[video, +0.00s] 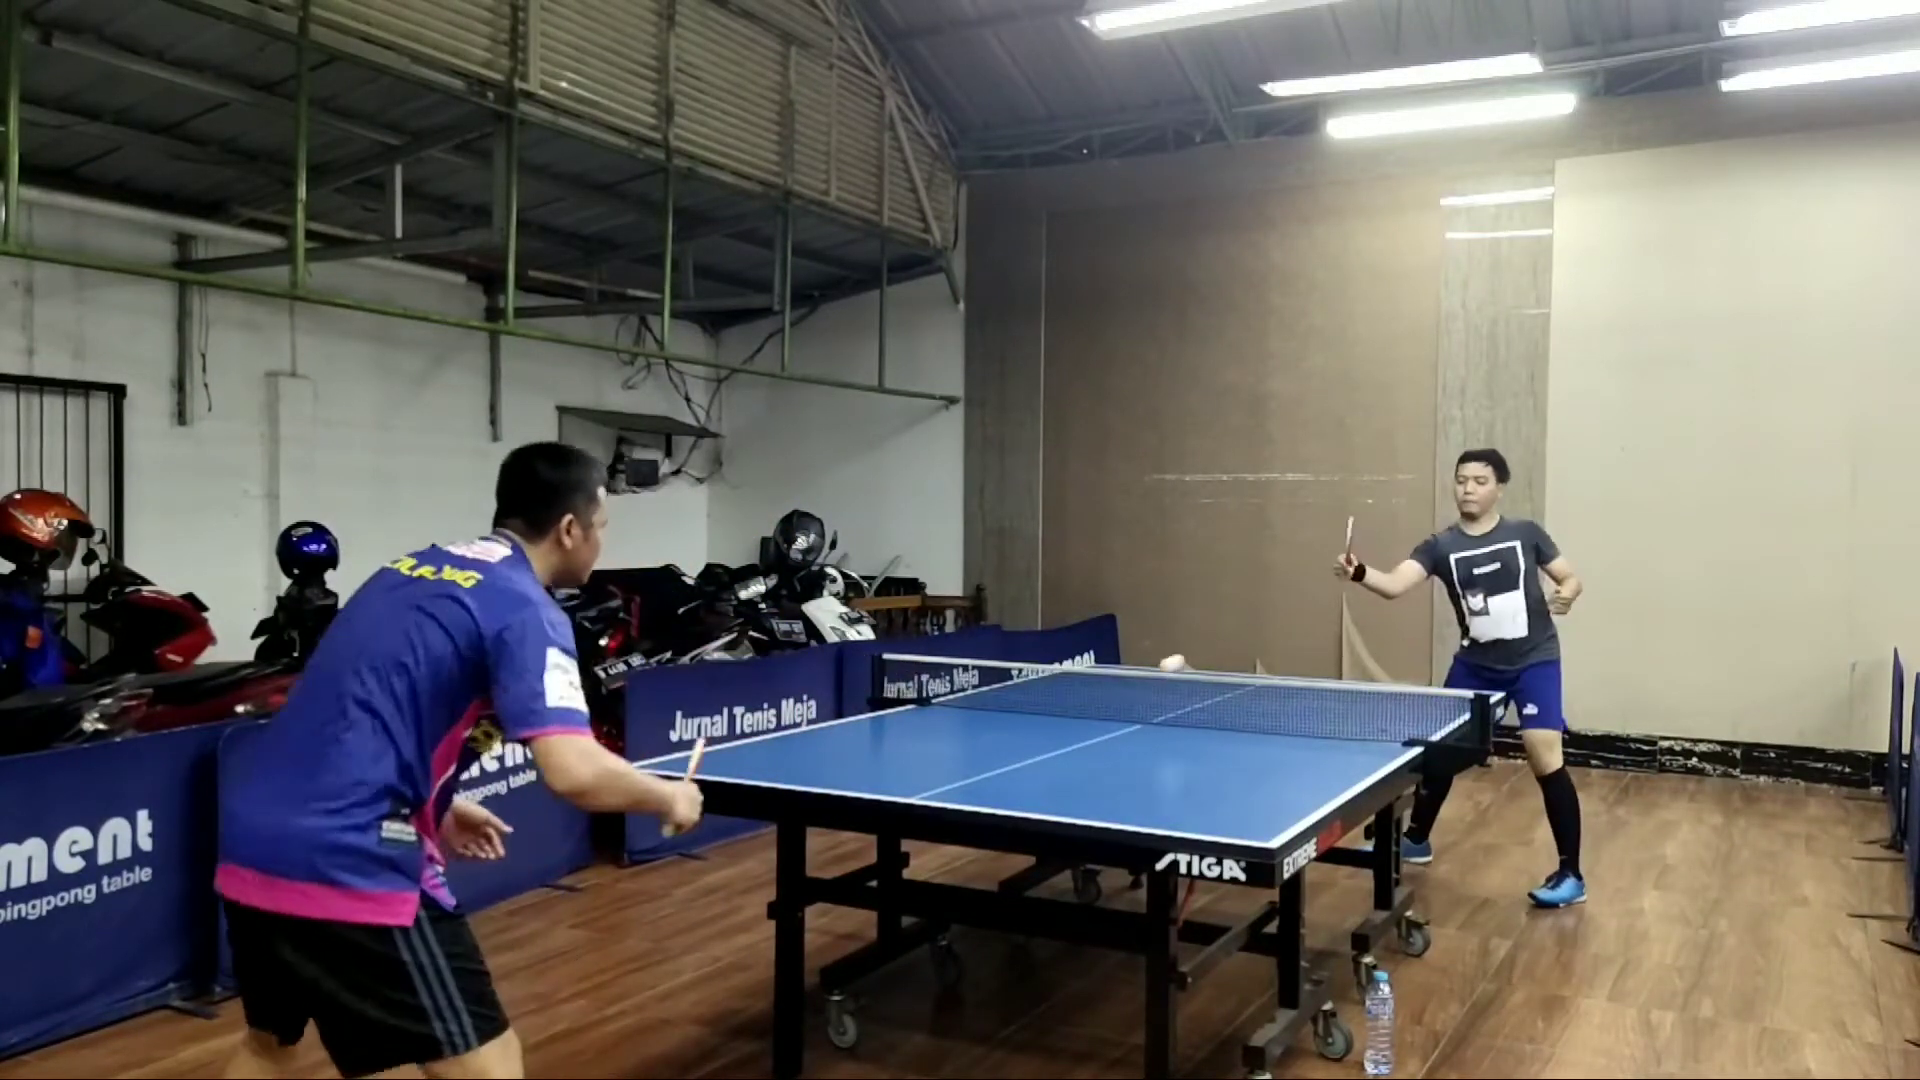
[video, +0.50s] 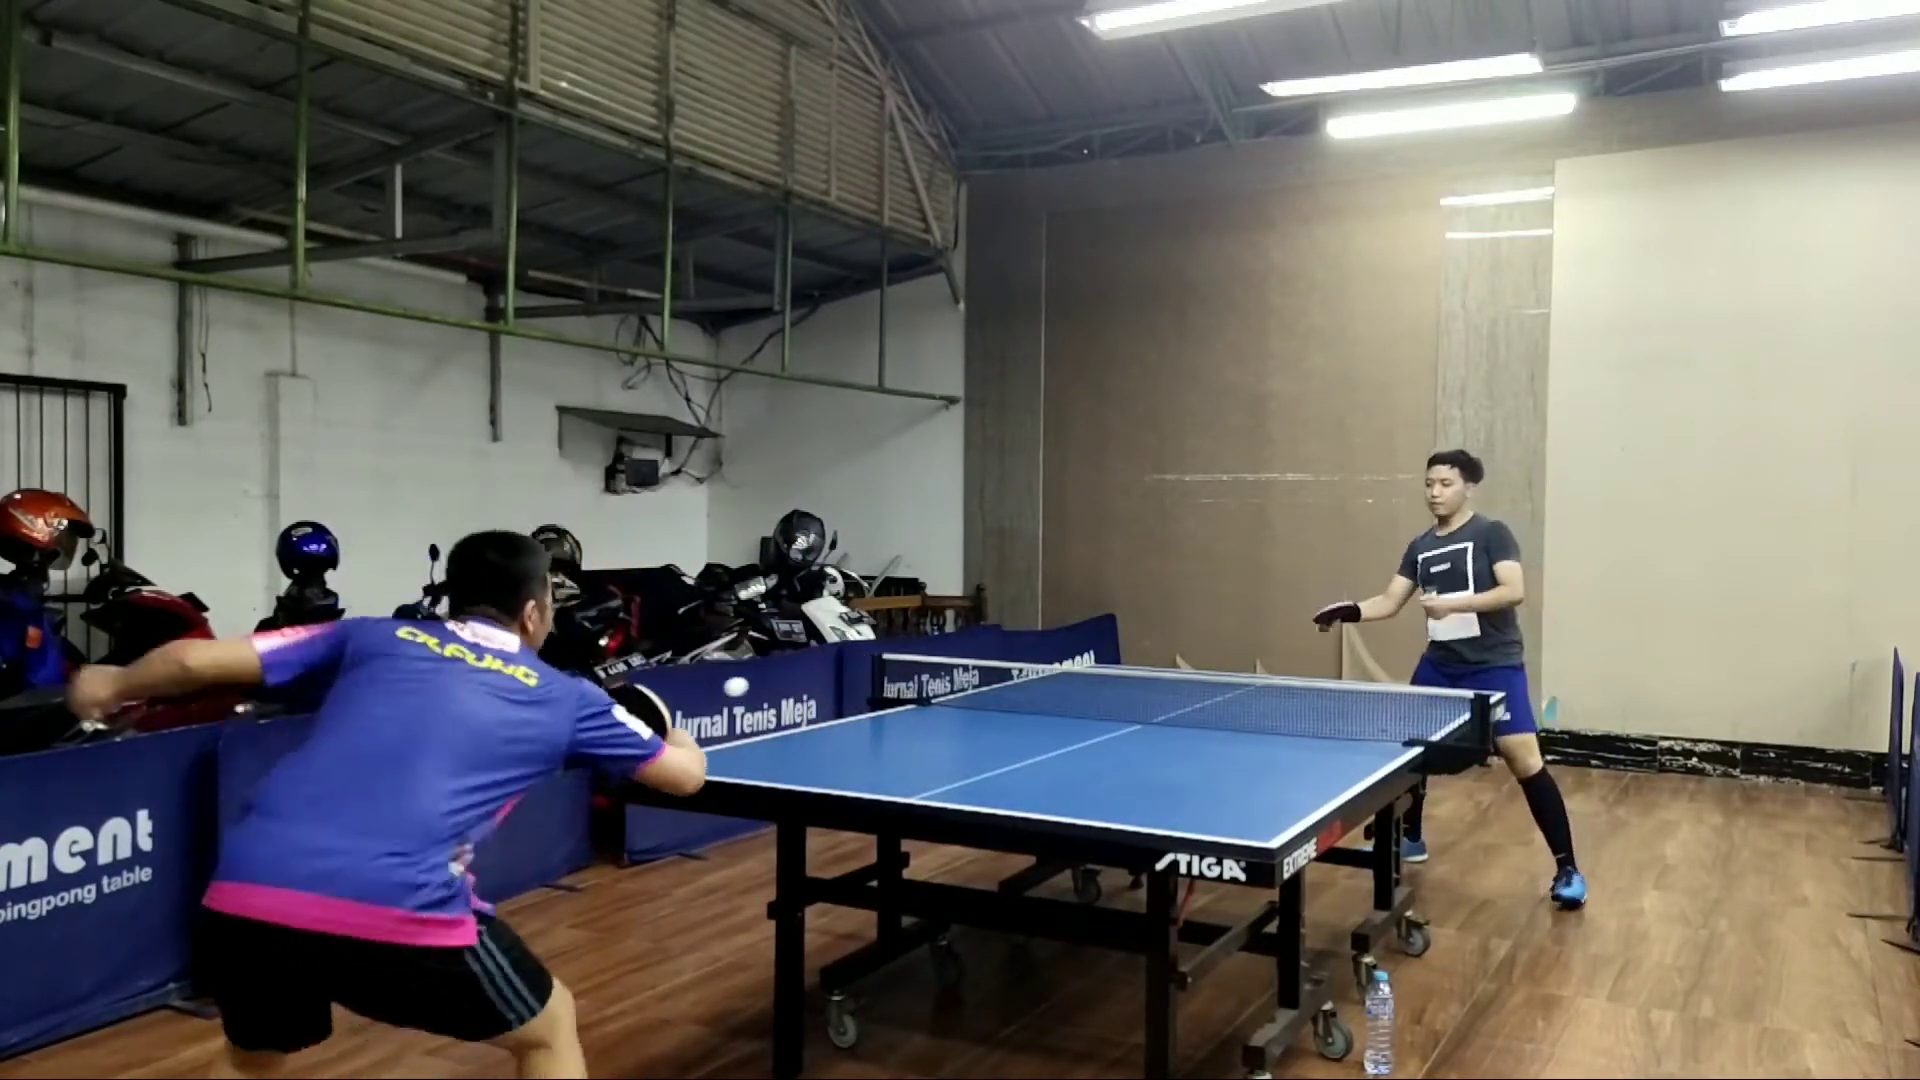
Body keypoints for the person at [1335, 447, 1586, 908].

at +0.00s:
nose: (1469, 489)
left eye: (1480, 481)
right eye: (1462, 481)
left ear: (1499, 488)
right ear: (1454, 488)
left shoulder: (1525, 532)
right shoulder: (1441, 546)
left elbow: (1569, 579)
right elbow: (1395, 584)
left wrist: (1565, 594)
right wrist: (1359, 572)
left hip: (1534, 660)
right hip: (1477, 661)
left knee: (1544, 754)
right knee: (1440, 747)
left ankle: (1570, 874)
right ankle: (1416, 837)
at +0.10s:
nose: (1473, 488)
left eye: (1484, 480)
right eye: (1468, 480)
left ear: (1504, 487)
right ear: (1459, 486)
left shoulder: (1530, 533)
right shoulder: (1444, 543)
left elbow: (1573, 583)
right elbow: (1391, 578)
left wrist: (1564, 605)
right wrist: (1354, 561)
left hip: (1529, 662)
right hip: (1471, 662)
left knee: (1539, 754)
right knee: (1437, 746)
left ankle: (1570, 874)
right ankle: (1414, 836)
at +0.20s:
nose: (1467, 490)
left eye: (1478, 482)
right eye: (1462, 482)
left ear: (1499, 488)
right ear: (1454, 488)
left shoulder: (1523, 536)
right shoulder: (1441, 543)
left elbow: (1563, 592)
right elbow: (1386, 580)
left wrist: (1540, 616)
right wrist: (1351, 565)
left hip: (1516, 664)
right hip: (1460, 661)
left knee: (1529, 762)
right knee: (1430, 749)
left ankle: (1568, 873)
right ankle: (1413, 837)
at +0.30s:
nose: (1455, 489)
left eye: (1466, 482)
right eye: (1450, 481)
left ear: (1487, 488)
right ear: (1443, 486)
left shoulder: (1510, 536)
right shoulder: (1429, 541)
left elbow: (1542, 594)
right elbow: (1381, 583)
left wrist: (1504, 617)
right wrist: (1346, 578)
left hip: (1503, 668)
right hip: (1446, 664)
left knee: (1525, 765)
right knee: (1419, 750)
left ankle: (1566, 873)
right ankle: (1411, 837)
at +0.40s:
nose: (1444, 489)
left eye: (1454, 481)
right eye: (1438, 481)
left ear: (1476, 486)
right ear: (1433, 487)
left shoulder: (1498, 534)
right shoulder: (1422, 542)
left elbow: (1525, 594)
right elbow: (1380, 587)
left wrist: (1476, 613)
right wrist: (1340, 597)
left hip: (1495, 667)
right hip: (1437, 664)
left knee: (1522, 758)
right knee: (1410, 746)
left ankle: (1564, 869)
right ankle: (1411, 836)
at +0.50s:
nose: (1435, 491)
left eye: (1446, 484)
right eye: (1431, 483)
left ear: (1469, 488)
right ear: (1426, 489)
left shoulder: (1491, 534)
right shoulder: (1421, 546)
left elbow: (1513, 590)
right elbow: (1390, 601)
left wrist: (1452, 604)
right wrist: (1348, 611)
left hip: (1496, 666)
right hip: (1439, 664)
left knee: (1525, 762)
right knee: (1408, 744)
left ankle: (1567, 870)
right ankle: (1411, 837)